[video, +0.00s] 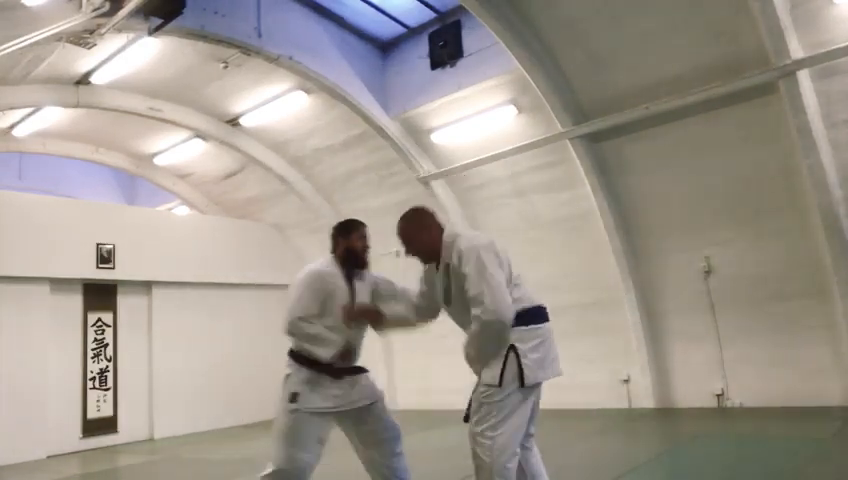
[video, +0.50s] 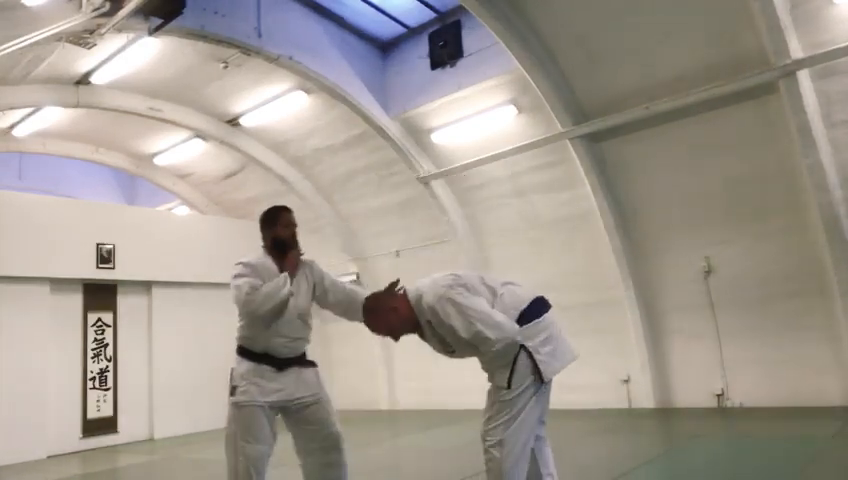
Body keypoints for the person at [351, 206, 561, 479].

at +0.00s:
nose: (408, 252)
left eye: (409, 243)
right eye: (405, 245)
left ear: (428, 231)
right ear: (431, 231)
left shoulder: (472, 249)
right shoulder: (436, 266)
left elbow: (497, 314)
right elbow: (423, 310)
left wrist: (475, 355)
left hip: (522, 340)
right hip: (505, 341)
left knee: (487, 434)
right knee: (518, 440)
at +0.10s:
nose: (404, 277)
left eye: (403, 268)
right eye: (399, 271)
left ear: (416, 252)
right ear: (418, 249)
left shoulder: (464, 259)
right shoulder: (437, 273)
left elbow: (502, 320)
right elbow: (444, 324)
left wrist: (481, 354)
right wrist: (427, 353)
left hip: (524, 342)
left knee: (491, 437)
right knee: (521, 440)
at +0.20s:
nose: (399, 295)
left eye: (397, 287)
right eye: (393, 290)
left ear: (409, 270)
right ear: (410, 266)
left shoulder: (456, 270)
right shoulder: (436, 285)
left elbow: (505, 325)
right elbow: (462, 337)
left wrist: (480, 361)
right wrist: (476, 368)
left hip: (526, 342)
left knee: (496, 438)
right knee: (521, 437)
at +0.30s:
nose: (396, 309)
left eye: (394, 302)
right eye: (390, 305)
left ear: (404, 286)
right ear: (406, 281)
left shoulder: (450, 282)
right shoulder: (429, 290)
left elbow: (507, 328)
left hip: (527, 343)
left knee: (499, 441)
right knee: (522, 440)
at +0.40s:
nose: (395, 328)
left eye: (390, 320)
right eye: (388, 324)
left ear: (398, 300)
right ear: (398, 297)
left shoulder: (443, 292)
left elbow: (505, 333)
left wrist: (496, 370)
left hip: (528, 343)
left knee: (499, 439)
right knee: (527, 437)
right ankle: (542, 478)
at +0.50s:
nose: (391, 337)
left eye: (385, 329)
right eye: (383, 333)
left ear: (394, 307)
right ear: (395, 304)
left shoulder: (438, 299)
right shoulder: (426, 306)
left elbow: (504, 336)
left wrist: (497, 374)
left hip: (527, 338)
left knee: (498, 439)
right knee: (528, 434)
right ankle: (543, 477)